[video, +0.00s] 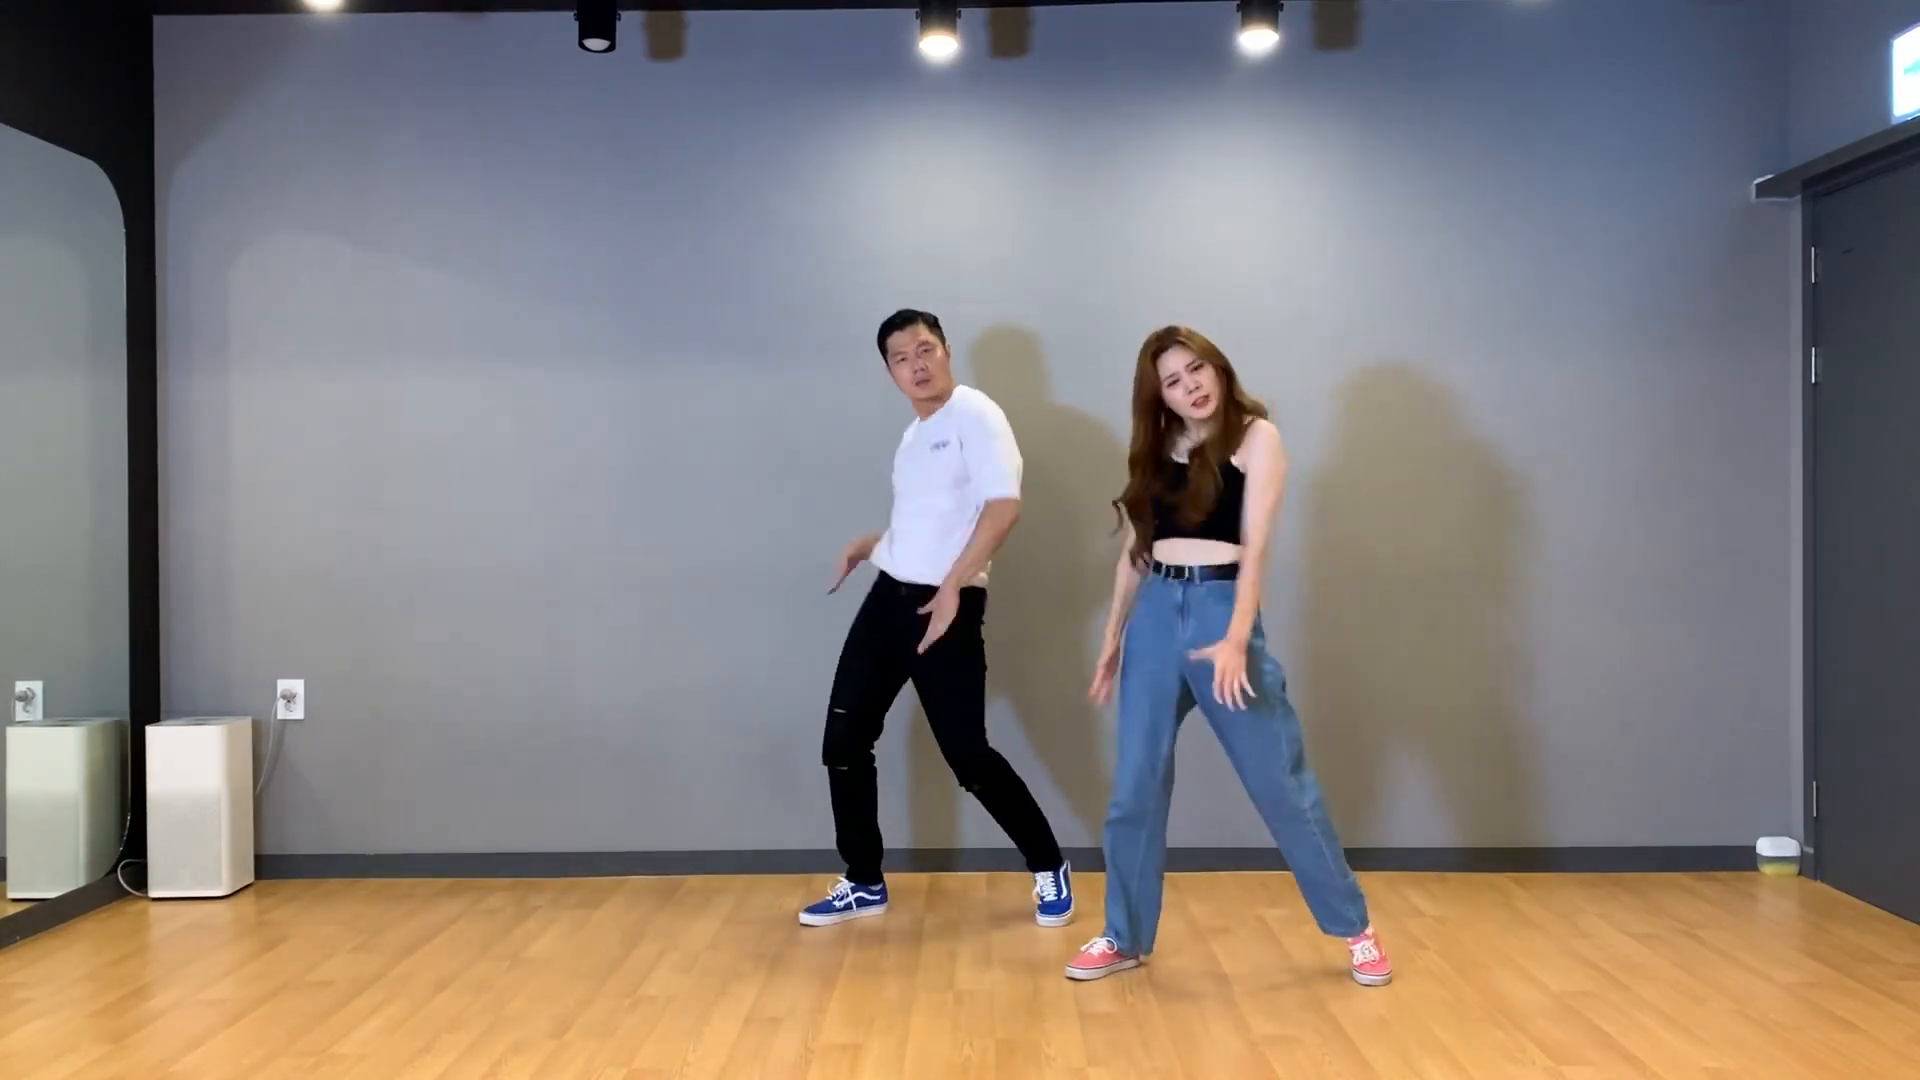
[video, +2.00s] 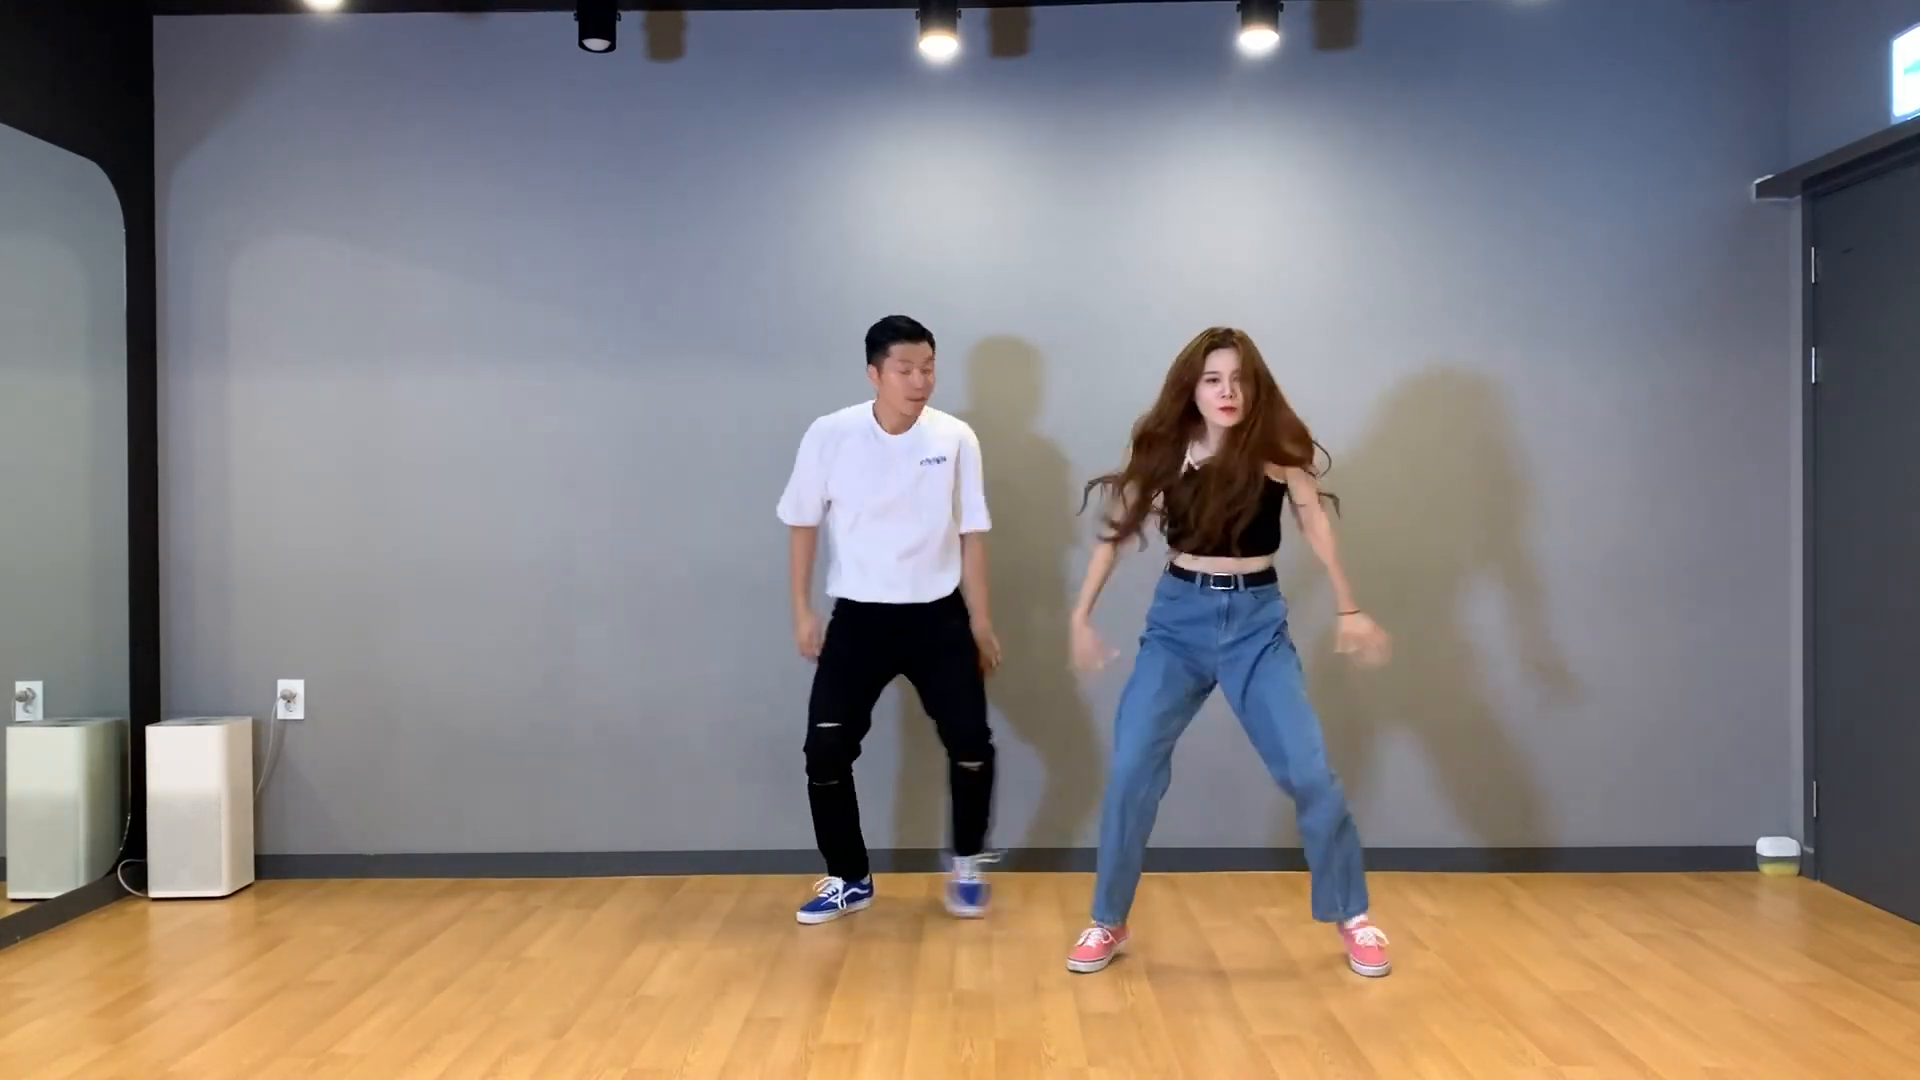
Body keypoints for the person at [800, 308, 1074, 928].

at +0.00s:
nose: (917, 363)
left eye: (926, 349)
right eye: (902, 358)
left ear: (947, 355)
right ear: (891, 374)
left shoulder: (976, 413)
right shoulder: (914, 435)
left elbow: (1004, 507)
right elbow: (920, 522)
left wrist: (951, 584)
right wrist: (871, 543)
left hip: (948, 603)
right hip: (889, 600)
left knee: (969, 758)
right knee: (845, 742)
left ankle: (1049, 866)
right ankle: (864, 883)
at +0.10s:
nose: (921, 368)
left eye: (930, 354)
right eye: (906, 362)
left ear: (952, 361)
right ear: (895, 378)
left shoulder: (981, 423)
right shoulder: (899, 445)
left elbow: (999, 513)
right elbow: (874, 532)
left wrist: (915, 532)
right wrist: (841, 517)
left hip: (977, 615)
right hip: (915, 615)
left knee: (990, 761)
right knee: (849, 741)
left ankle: (1059, 867)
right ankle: (864, 883)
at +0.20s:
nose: (922, 372)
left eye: (933, 359)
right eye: (909, 365)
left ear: (956, 367)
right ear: (897, 379)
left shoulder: (977, 436)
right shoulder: (890, 435)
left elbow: (944, 510)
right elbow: (849, 510)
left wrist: (891, 443)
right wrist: (826, 443)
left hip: (999, 614)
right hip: (937, 619)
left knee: (1027, 760)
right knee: (863, 740)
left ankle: (1094, 875)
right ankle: (864, 883)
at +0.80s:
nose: (924, 390)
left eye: (933, 374)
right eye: (910, 382)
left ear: (957, 370)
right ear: (899, 390)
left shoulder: (984, 444)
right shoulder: (900, 423)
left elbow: (957, 512)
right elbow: (873, 500)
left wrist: (915, 437)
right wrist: (860, 429)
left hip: (996, 617)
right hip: (936, 619)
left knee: (1030, 760)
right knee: (861, 739)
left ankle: (1105, 878)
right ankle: (866, 883)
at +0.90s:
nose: (920, 379)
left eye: (929, 363)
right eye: (906, 371)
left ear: (953, 357)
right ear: (895, 376)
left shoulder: (995, 424)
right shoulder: (890, 415)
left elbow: (1029, 515)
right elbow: (863, 487)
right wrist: (849, 506)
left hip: (975, 612)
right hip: (909, 609)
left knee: (994, 757)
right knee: (846, 738)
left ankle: (1061, 860)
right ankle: (864, 883)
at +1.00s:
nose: (923, 375)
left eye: (933, 360)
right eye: (909, 366)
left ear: (957, 360)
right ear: (899, 375)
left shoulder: (1005, 439)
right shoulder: (884, 437)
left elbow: (1029, 533)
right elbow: (858, 525)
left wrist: (1023, 620)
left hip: (968, 622)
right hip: (892, 618)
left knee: (991, 758)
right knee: (831, 737)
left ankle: (1010, 877)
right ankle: (860, 881)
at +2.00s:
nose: (921, 381)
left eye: (928, 369)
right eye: (908, 368)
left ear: (935, 373)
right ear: (875, 372)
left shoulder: (955, 439)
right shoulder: (828, 437)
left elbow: (973, 538)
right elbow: (803, 526)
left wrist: (981, 622)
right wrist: (803, 610)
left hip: (940, 619)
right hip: (859, 619)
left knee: (972, 743)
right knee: (825, 747)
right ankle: (850, 879)